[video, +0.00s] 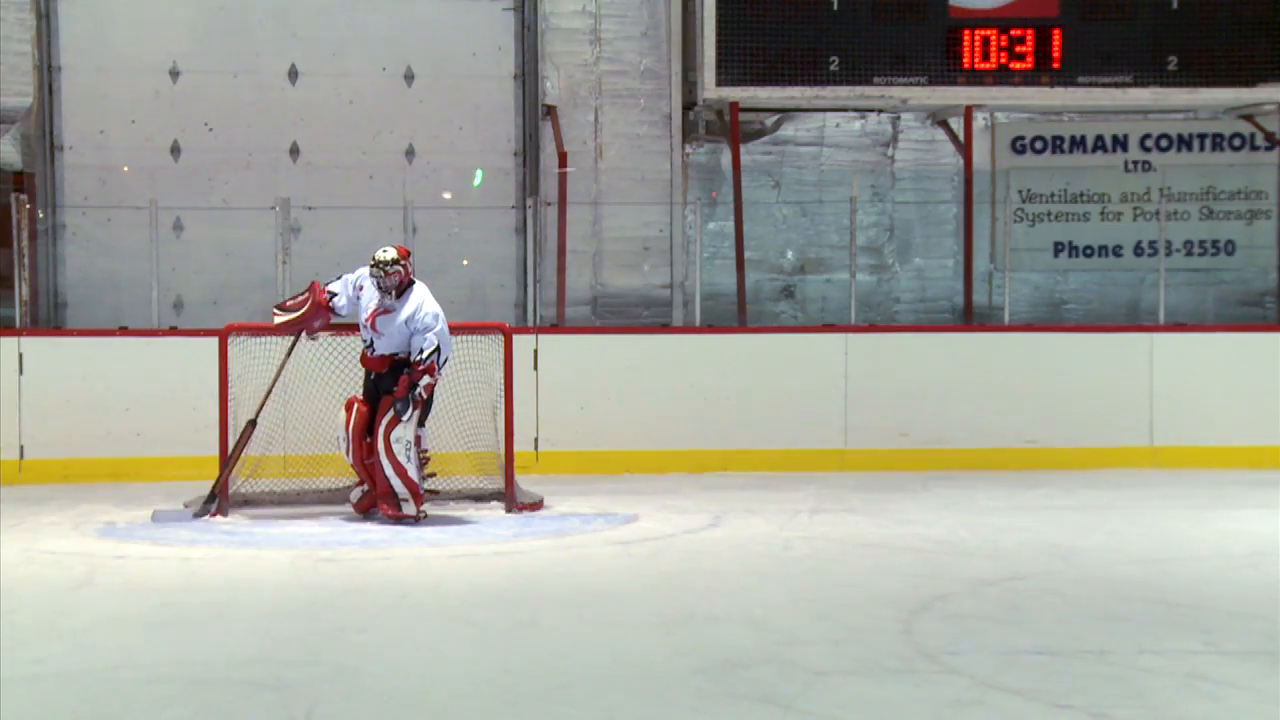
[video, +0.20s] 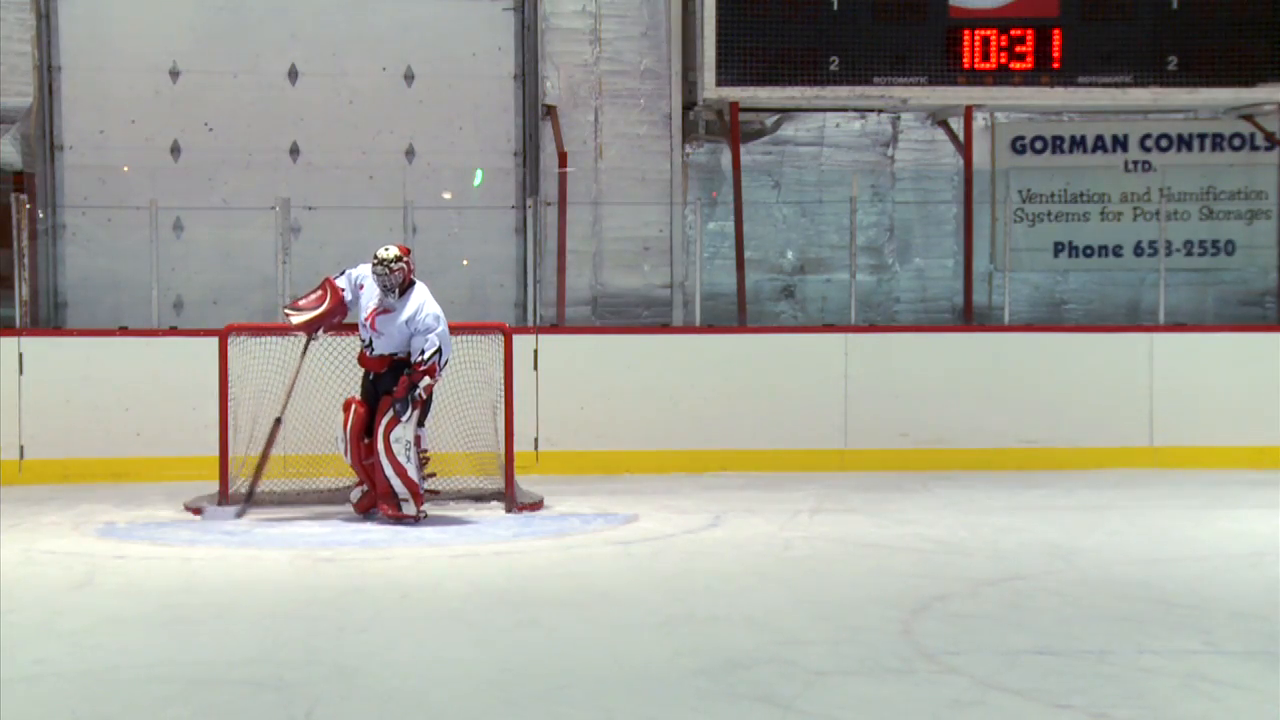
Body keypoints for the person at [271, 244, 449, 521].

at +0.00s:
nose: (383, 282)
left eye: (390, 275)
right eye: (379, 275)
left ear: (405, 274)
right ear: (373, 273)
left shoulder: (423, 307)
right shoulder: (367, 282)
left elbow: (429, 359)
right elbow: (337, 293)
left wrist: (411, 393)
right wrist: (312, 307)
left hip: (406, 377)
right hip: (375, 373)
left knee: (392, 437)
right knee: (365, 433)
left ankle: (404, 502)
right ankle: (375, 490)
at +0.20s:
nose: (386, 281)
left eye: (392, 274)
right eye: (381, 275)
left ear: (406, 273)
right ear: (375, 272)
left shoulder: (423, 308)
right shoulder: (366, 278)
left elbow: (432, 359)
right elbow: (338, 288)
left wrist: (412, 391)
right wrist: (315, 312)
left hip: (402, 377)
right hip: (373, 374)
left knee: (391, 439)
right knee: (365, 436)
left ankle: (402, 503)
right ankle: (376, 494)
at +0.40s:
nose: (391, 279)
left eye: (396, 273)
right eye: (385, 273)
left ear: (409, 271)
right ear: (379, 271)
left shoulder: (426, 308)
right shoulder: (366, 279)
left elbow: (432, 358)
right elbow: (336, 291)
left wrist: (410, 393)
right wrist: (325, 322)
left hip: (402, 378)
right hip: (371, 374)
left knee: (391, 440)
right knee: (362, 435)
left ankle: (399, 503)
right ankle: (373, 492)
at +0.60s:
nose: (395, 277)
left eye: (401, 271)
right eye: (390, 271)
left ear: (413, 270)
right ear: (383, 270)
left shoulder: (430, 306)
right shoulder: (365, 284)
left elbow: (436, 358)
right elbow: (333, 302)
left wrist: (414, 392)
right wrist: (316, 329)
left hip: (405, 380)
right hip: (371, 375)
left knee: (392, 439)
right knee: (360, 434)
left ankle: (405, 505)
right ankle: (371, 492)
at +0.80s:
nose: (398, 275)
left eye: (404, 269)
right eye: (393, 269)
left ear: (415, 269)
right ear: (385, 268)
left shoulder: (433, 305)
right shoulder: (364, 285)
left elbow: (439, 356)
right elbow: (331, 307)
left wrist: (418, 387)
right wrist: (324, 339)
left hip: (405, 378)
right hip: (370, 374)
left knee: (392, 436)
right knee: (359, 431)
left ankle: (398, 503)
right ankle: (366, 491)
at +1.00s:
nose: (400, 273)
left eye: (406, 267)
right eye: (395, 266)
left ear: (416, 267)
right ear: (386, 266)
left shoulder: (436, 306)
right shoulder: (366, 283)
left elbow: (451, 356)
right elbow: (333, 301)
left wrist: (438, 382)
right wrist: (321, 333)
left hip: (405, 380)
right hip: (367, 375)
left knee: (393, 440)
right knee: (358, 438)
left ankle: (401, 506)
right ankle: (361, 497)